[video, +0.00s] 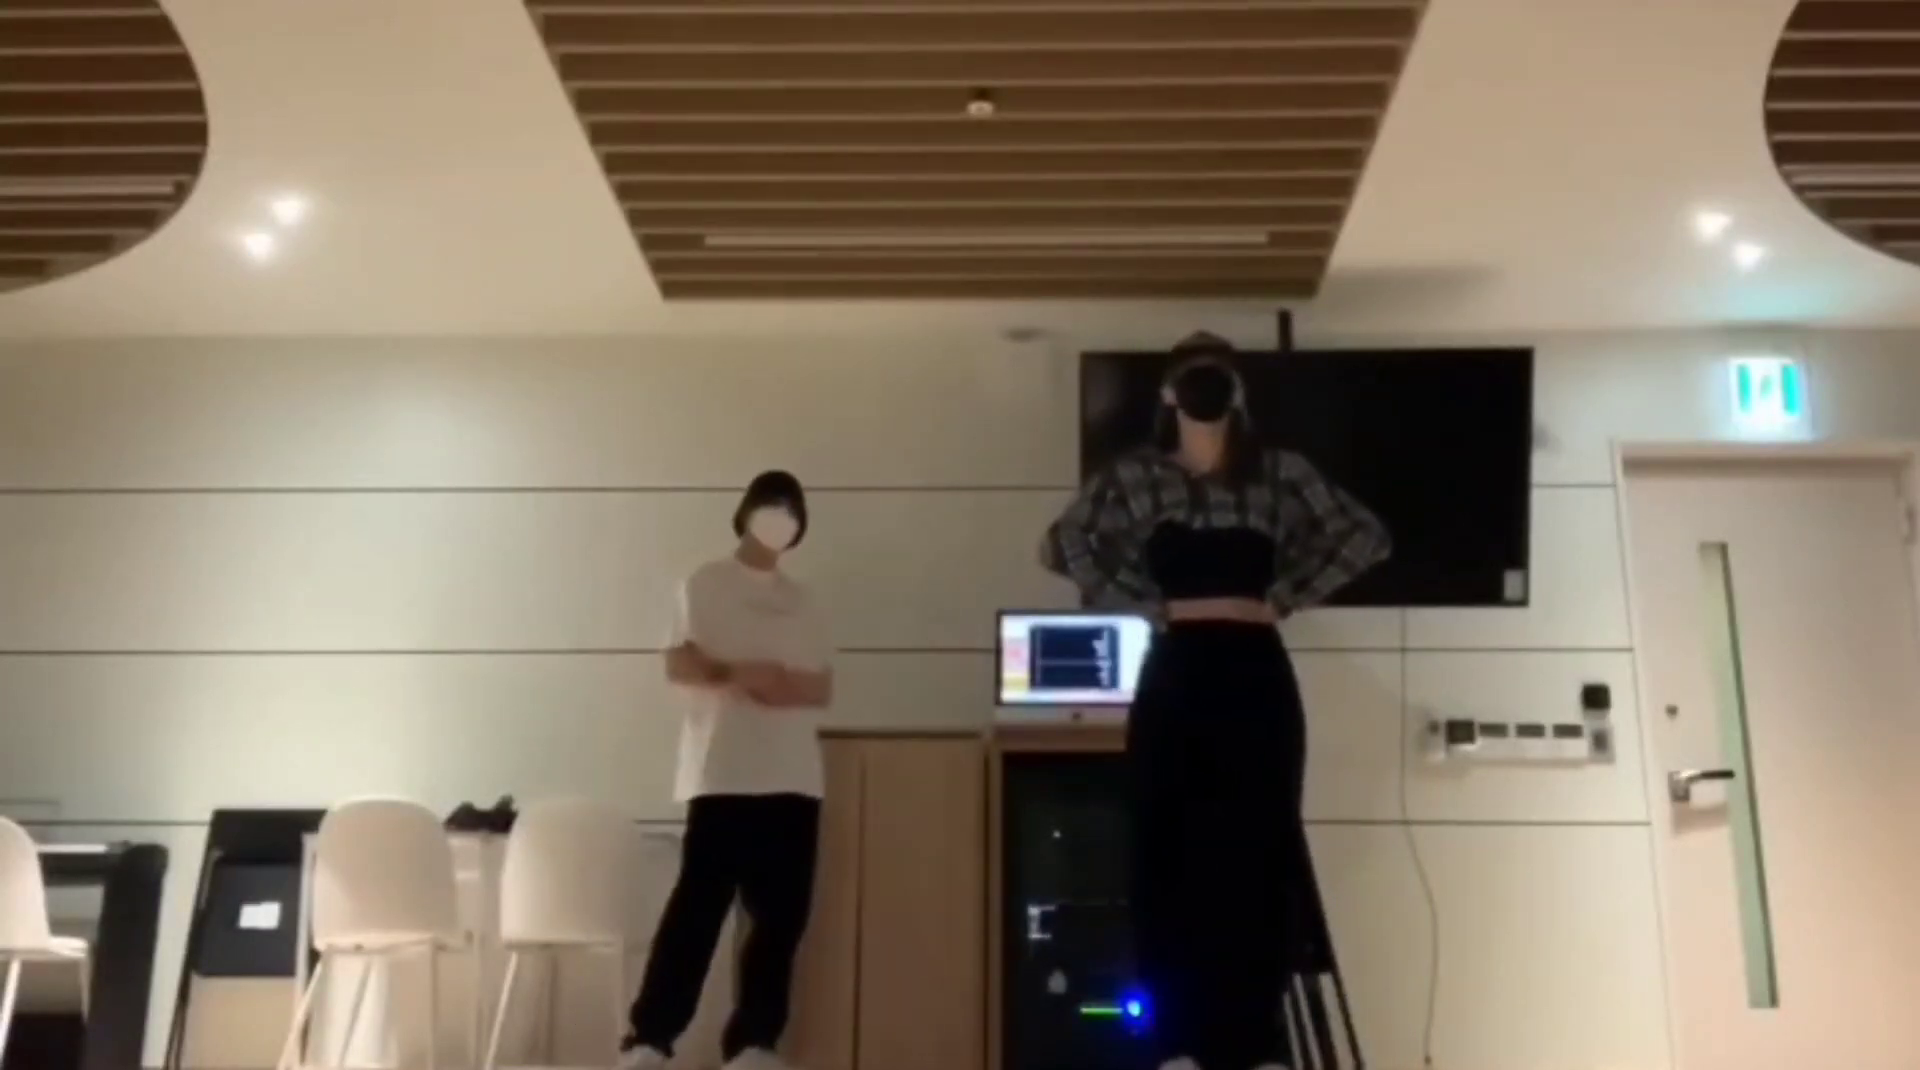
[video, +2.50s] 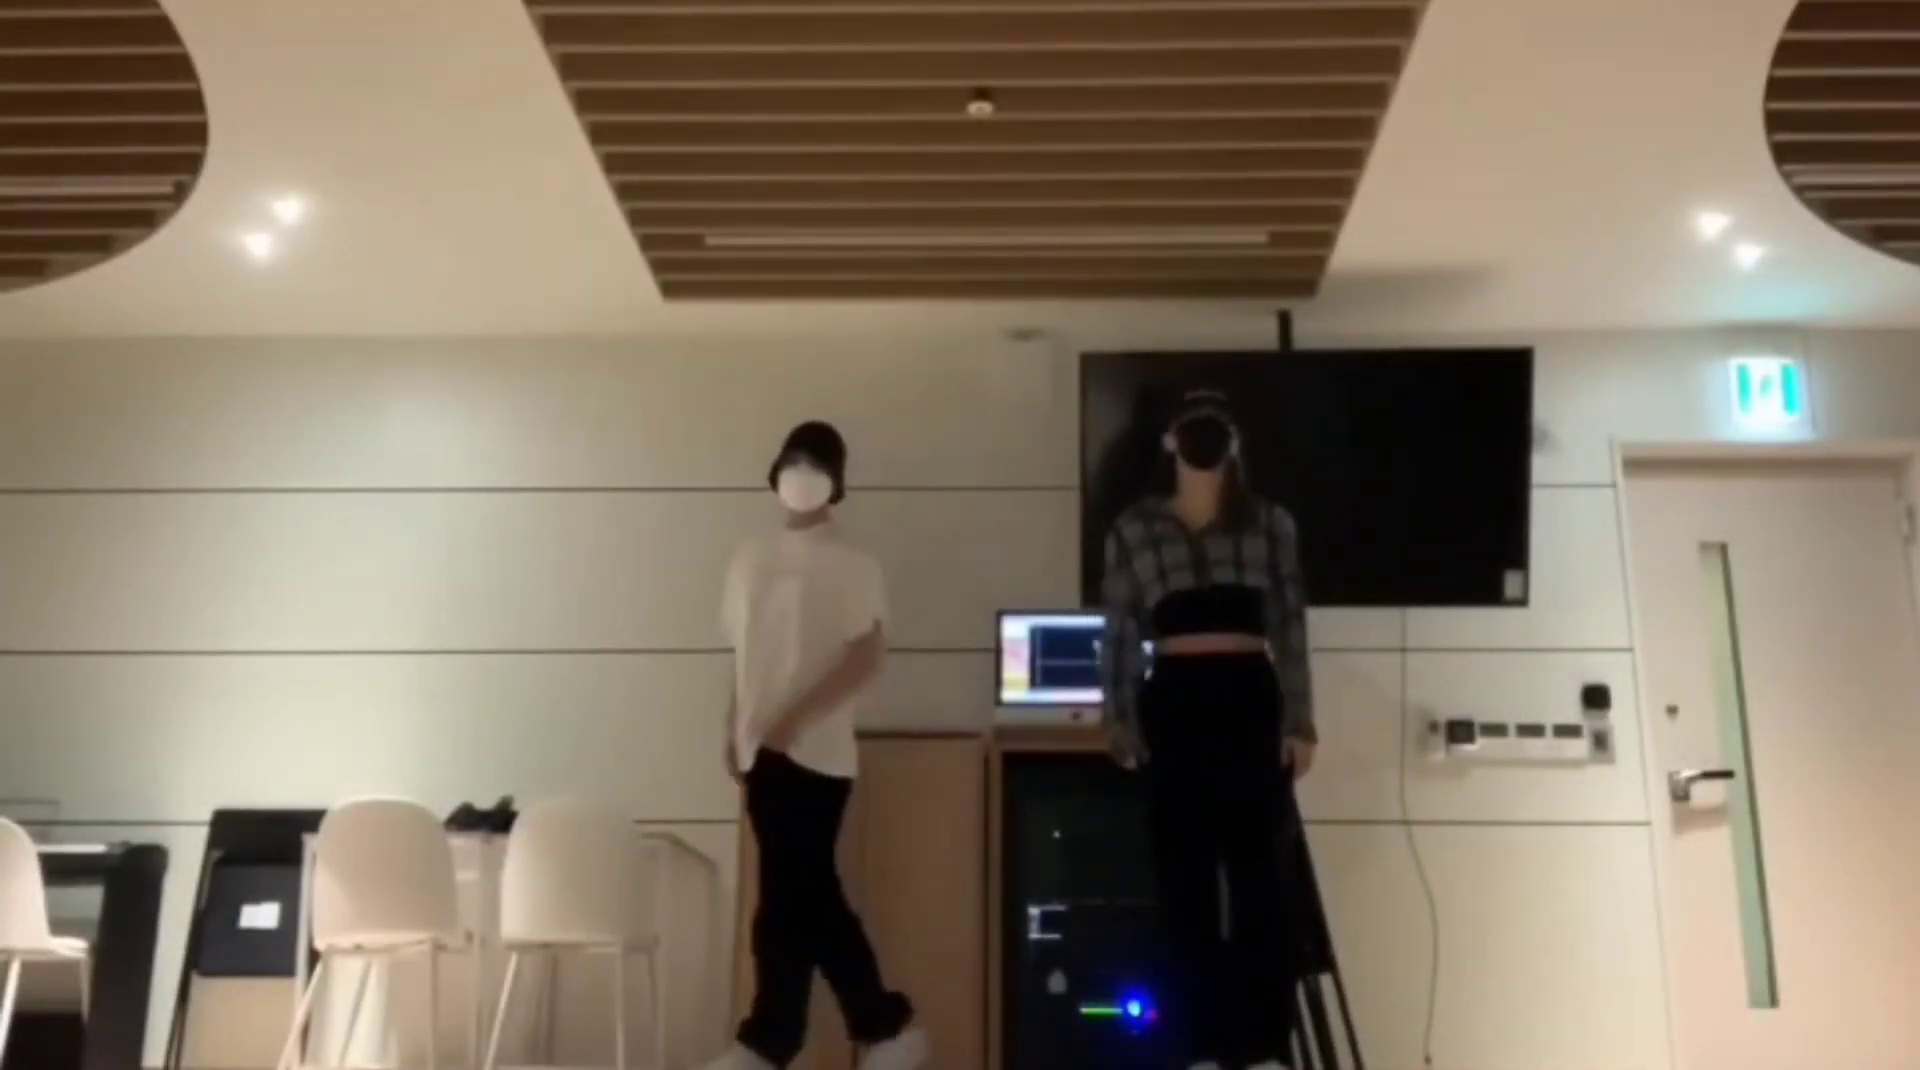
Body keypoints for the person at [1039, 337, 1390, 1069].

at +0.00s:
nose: (1206, 387)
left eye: (1219, 376)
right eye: (1192, 376)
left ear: (1241, 392)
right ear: (1167, 393)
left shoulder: (1280, 474)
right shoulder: (1138, 477)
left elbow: (1365, 537)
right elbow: (1065, 544)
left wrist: (1288, 595)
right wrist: (1144, 596)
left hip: (1256, 674)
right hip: (1177, 675)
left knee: (1259, 847)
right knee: (1175, 847)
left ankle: (1253, 1032)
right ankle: (1187, 1034)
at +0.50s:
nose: (1227, 426)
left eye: (1230, 414)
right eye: (1221, 415)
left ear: (1197, 422)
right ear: (1222, 425)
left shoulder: (1296, 496)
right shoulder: (1155, 490)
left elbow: (1373, 561)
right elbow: (1091, 562)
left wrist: (1299, 610)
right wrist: (1160, 619)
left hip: (1273, 685)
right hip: (1191, 687)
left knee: (1275, 865)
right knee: (1183, 863)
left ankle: (1266, 1042)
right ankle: (1191, 1041)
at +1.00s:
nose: (1234, 415)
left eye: (1246, 405)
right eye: (1219, 405)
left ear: (1265, 423)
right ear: (1194, 421)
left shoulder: (1296, 509)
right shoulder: (1158, 499)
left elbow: (1319, 615)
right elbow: (1111, 582)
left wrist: (1344, 704)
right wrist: (1163, 584)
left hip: (1282, 696)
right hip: (1198, 693)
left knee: (1278, 874)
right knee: (1187, 869)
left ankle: (1267, 1041)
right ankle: (1191, 1040)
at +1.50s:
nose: (1238, 419)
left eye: (1251, 406)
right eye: (1224, 408)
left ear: (1270, 425)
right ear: (1201, 425)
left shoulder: (1302, 507)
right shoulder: (1170, 498)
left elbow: (1322, 612)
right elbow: (1115, 588)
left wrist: (1334, 704)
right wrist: (1185, 547)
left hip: (1275, 687)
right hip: (1194, 685)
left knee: (1276, 863)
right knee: (1179, 856)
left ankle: (1265, 1040)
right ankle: (1188, 1034)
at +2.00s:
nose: (1218, 426)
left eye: (1230, 414)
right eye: (1202, 416)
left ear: (1250, 432)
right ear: (1179, 433)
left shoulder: (1286, 521)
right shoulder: (1146, 517)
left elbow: (1312, 626)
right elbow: (1112, 600)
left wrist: (1322, 722)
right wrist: (1176, 583)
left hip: (1260, 702)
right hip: (1184, 703)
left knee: (1268, 867)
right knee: (1192, 869)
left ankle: (1263, 1040)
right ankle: (1203, 1039)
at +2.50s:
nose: (1206, 441)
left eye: (1217, 430)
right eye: (1192, 430)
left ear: (1237, 445)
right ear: (1168, 443)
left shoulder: (1271, 525)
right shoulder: (1135, 529)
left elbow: (1291, 628)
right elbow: (1119, 632)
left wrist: (1299, 721)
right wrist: (1119, 719)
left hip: (1250, 714)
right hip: (1175, 715)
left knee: (1260, 875)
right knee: (1184, 877)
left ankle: (1262, 1038)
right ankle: (1200, 1038)